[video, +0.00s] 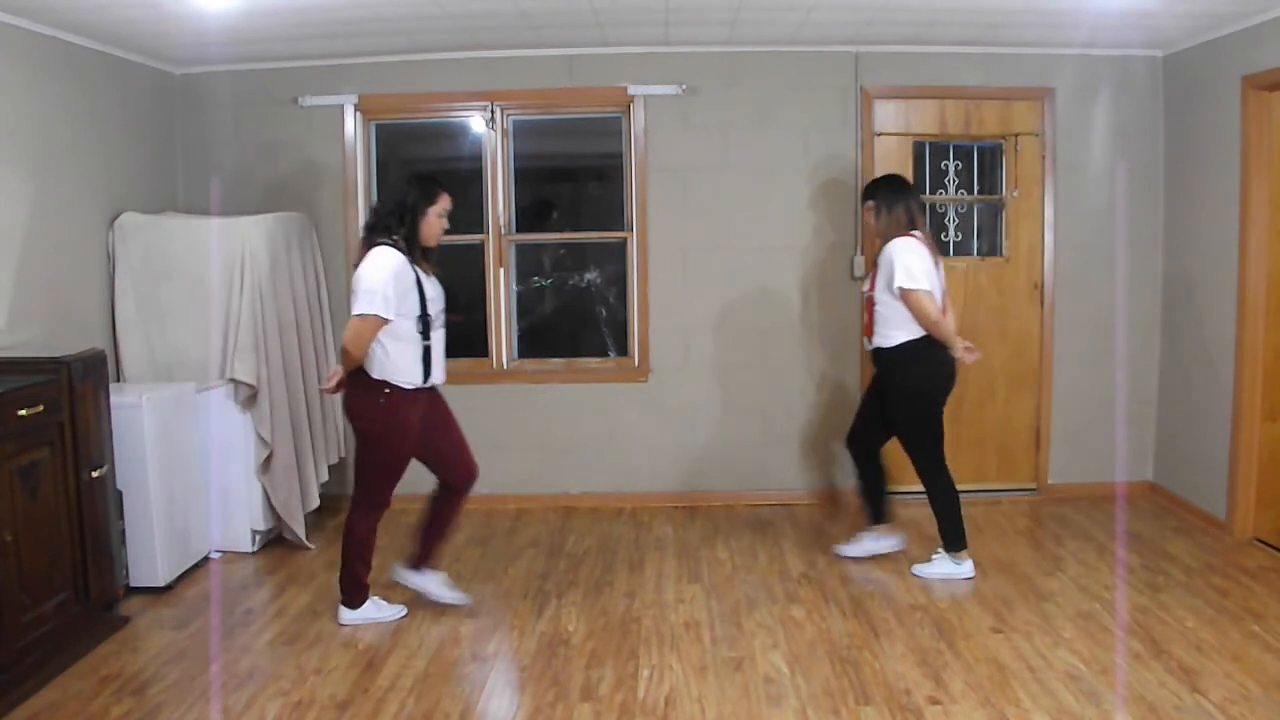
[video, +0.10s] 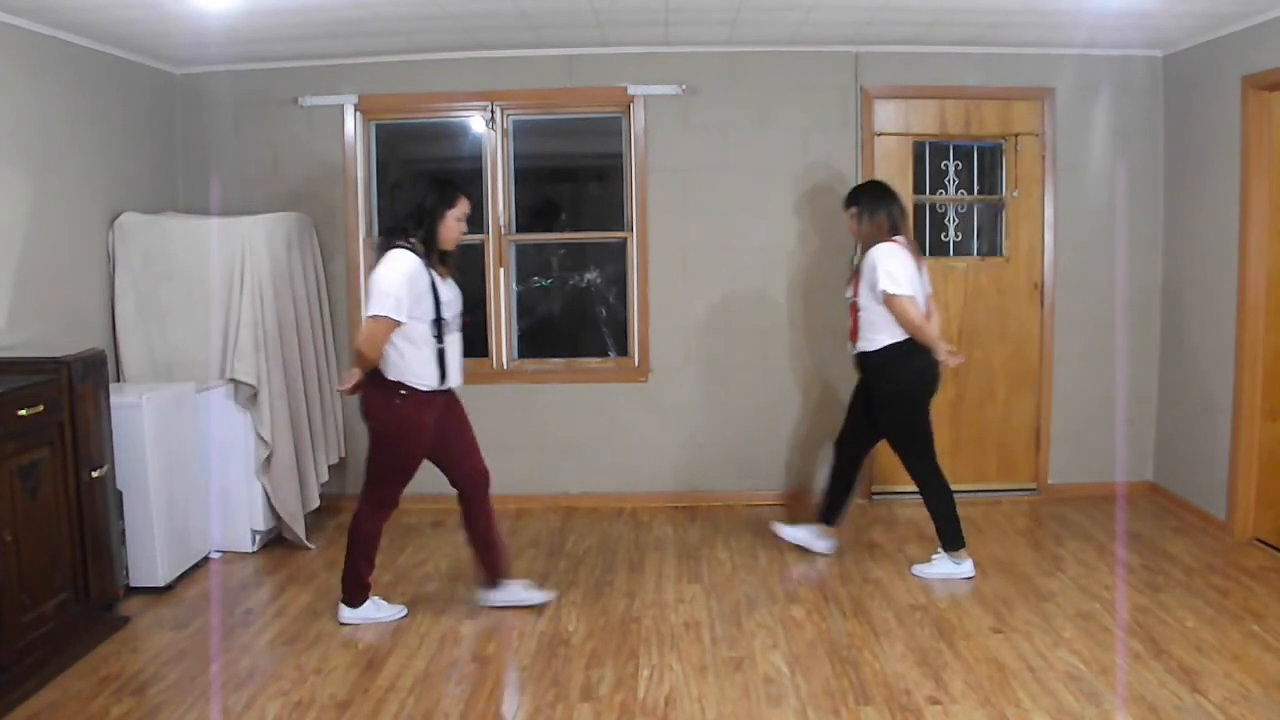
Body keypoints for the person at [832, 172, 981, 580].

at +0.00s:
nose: (866, 221)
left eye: (869, 213)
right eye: (866, 213)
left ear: (886, 212)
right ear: (904, 210)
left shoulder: (900, 248)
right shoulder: (921, 248)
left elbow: (918, 303)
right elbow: (943, 308)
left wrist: (952, 343)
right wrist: (954, 345)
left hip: (911, 365)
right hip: (909, 364)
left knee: (929, 462)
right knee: (862, 441)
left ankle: (956, 554)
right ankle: (880, 529)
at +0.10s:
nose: (850, 229)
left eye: (853, 219)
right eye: (849, 220)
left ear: (870, 217)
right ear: (889, 216)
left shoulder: (883, 255)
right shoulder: (905, 253)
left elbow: (906, 313)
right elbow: (928, 309)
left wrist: (939, 349)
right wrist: (938, 350)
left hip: (895, 368)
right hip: (890, 366)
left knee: (921, 465)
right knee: (850, 448)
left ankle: (956, 555)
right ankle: (823, 530)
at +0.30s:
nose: (805, 231)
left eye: (809, 222)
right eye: (805, 222)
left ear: (826, 222)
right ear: (842, 221)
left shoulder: (836, 259)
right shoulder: (858, 260)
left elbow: (854, 315)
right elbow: (882, 314)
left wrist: (888, 351)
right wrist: (885, 353)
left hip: (847, 370)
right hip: (846, 368)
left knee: (883, 463)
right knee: (815, 455)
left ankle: (946, 541)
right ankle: (782, 531)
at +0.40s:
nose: (786, 226)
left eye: (789, 218)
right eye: (785, 218)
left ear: (806, 216)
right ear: (821, 215)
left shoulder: (816, 251)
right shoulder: (826, 249)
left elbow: (834, 306)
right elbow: (856, 303)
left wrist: (862, 341)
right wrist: (863, 338)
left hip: (829, 362)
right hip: (817, 362)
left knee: (838, 462)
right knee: (804, 453)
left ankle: (917, 520)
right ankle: (780, 532)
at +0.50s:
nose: (769, 219)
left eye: (773, 211)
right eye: (769, 212)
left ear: (790, 209)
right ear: (804, 208)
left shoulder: (805, 244)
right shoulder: (808, 244)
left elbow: (821, 296)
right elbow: (837, 294)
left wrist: (847, 337)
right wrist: (844, 335)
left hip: (811, 355)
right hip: (807, 355)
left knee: (797, 453)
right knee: (796, 451)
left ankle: (874, 504)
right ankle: (779, 530)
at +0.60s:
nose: (757, 217)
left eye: (761, 209)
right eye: (756, 210)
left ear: (778, 207)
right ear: (788, 205)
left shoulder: (794, 242)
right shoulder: (783, 245)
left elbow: (811, 293)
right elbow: (806, 295)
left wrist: (836, 334)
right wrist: (835, 334)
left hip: (799, 352)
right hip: (792, 351)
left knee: (762, 445)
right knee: (787, 444)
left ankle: (830, 500)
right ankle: (779, 529)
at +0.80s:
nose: (731, 218)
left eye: (734, 209)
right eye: (730, 210)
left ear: (751, 208)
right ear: (761, 207)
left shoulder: (770, 243)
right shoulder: (762, 246)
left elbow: (791, 296)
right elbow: (786, 298)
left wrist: (812, 337)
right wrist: (812, 336)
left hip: (774, 353)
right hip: (771, 352)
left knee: (722, 437)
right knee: (777, 441)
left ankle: (778, 504)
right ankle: (776, 531)